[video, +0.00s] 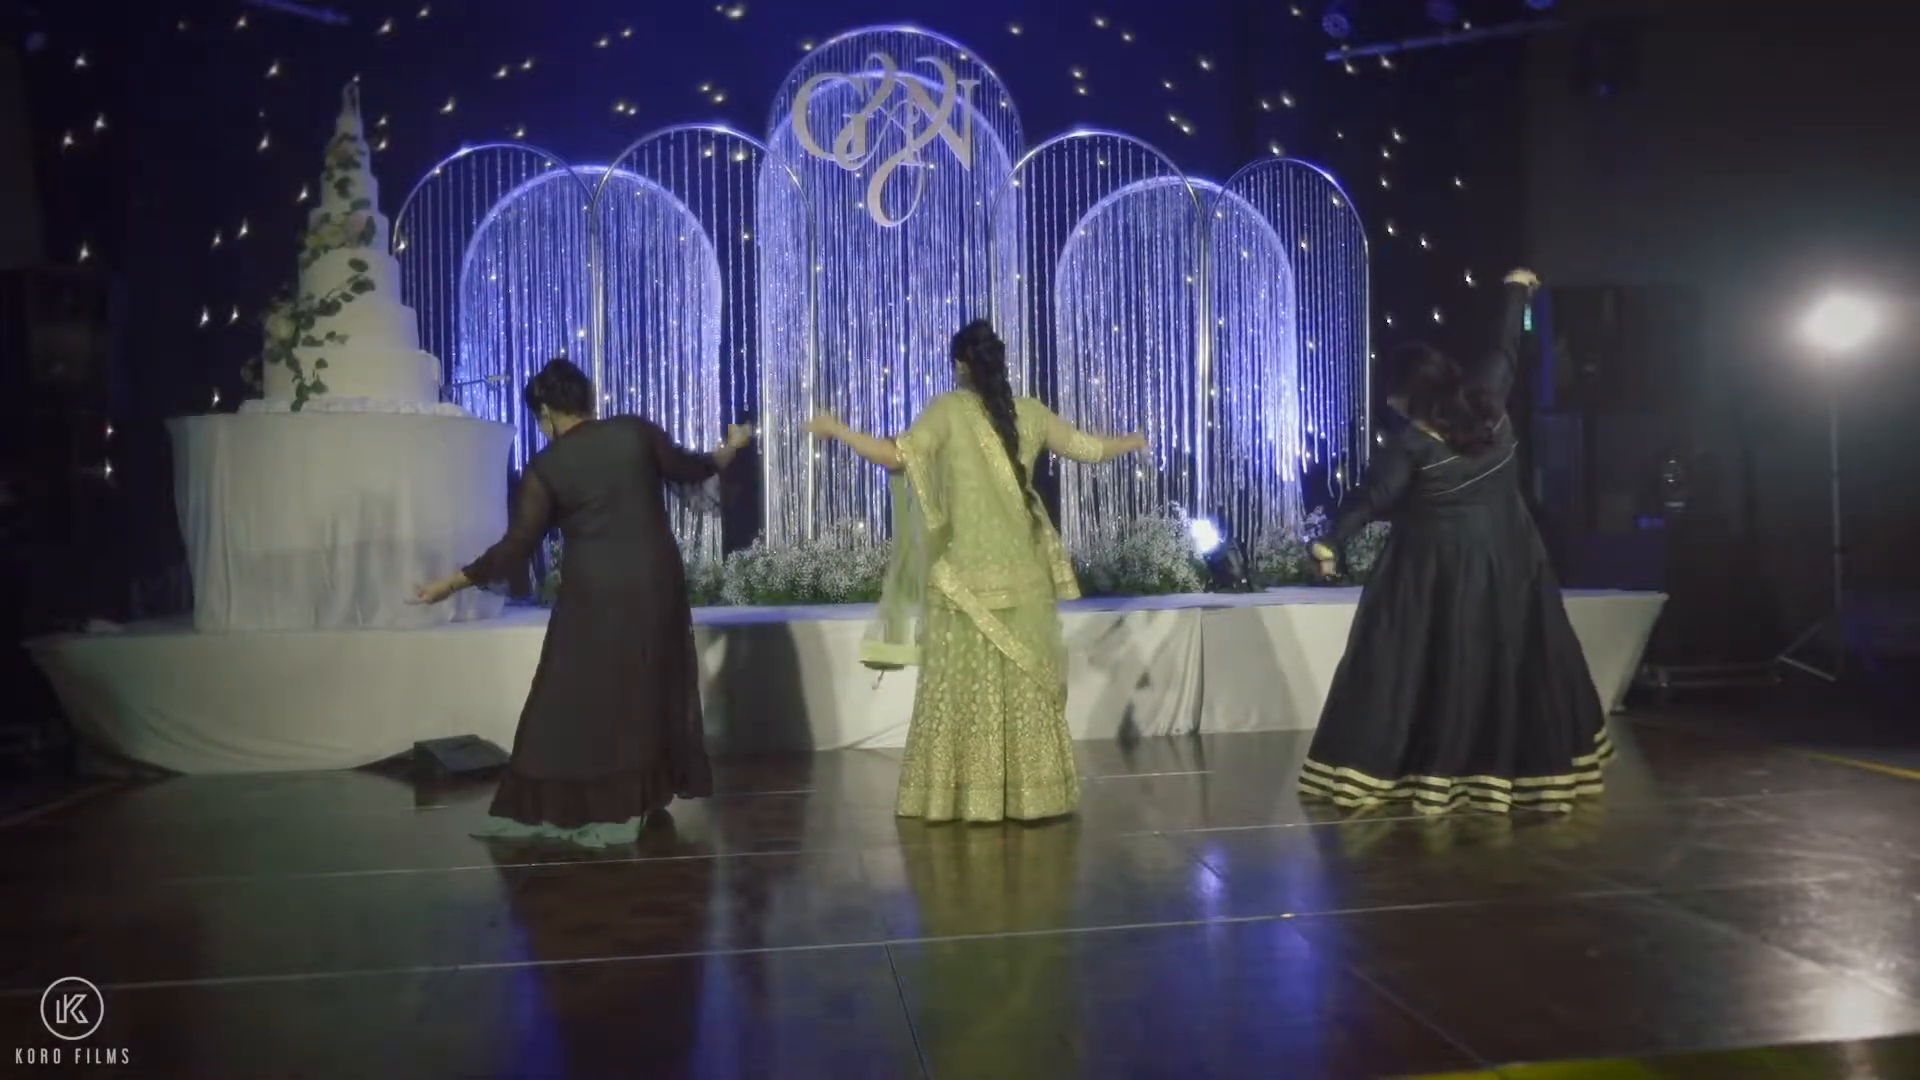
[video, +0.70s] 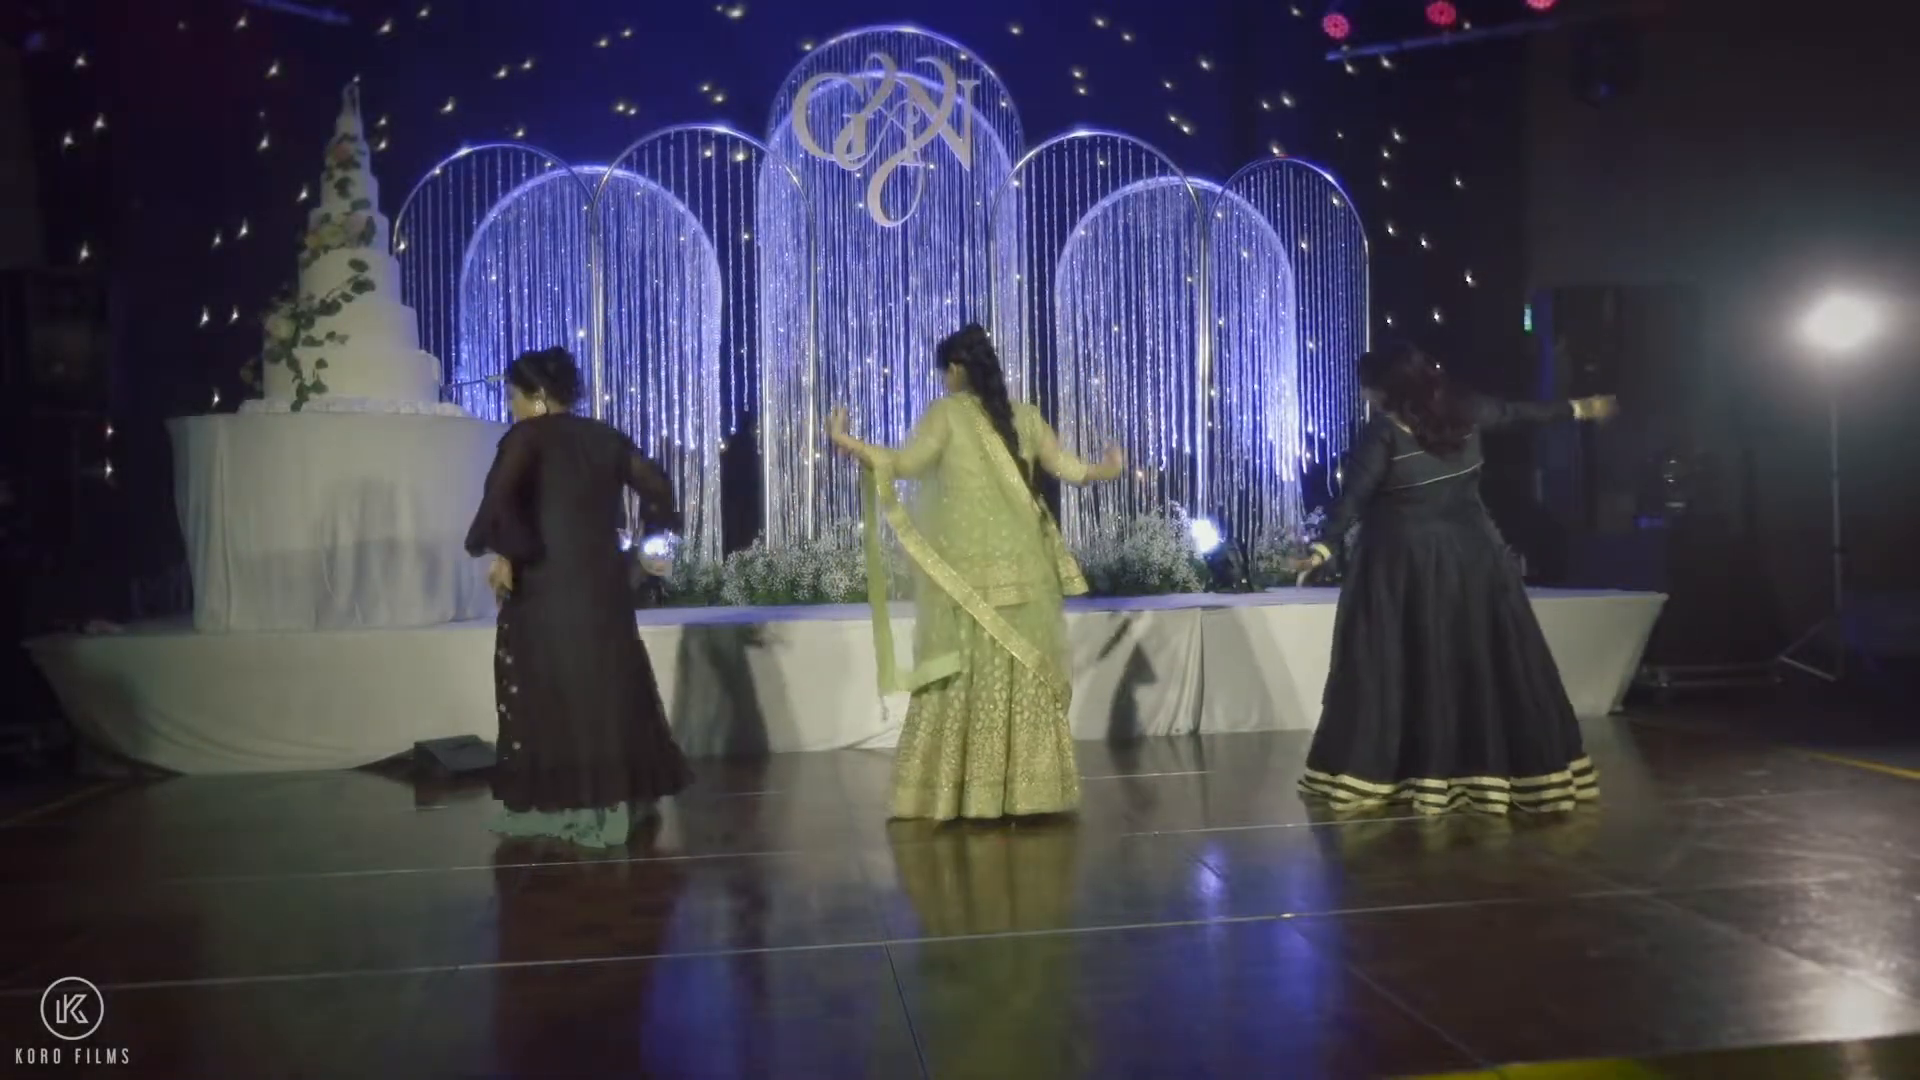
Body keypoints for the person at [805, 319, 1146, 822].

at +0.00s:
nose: (954, 368)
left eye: (954, 361)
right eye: (959, 360)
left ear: (960, 363)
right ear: (998, 360)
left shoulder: (946, 409)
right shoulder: (1028, 412)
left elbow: (895, 456)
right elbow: (1088, 448)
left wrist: (837, 431)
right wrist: (1128, 442)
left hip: (966, 576)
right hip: (1027, 574)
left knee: (966, 691)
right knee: (1030, 686)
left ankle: (969, 797)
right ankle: (1032, 795)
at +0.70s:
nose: (943, 378)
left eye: (945, 370)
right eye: (944, 370)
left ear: (959, 369)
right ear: (988, 367)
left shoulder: (946, 412)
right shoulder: (1024, 416)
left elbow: (908, 462)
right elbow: (1069, 468)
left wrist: (844, 442)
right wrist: (1110, 469)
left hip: (966, 573)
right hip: (1026, 572)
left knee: (968, 686)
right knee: (1029, 683)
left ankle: (970, 796)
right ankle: (1028, 795)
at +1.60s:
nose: (934, 375)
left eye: (943, 366)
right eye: (928, 368)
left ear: (966, 368)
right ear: (922, 372)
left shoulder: (992, 415)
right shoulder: (912, 419)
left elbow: (1036, 476)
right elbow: (870, 464)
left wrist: (992, 487)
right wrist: (881, 520)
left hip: (983, 563)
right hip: (925, 560)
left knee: (975, 671)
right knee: (916, 670)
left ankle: (974, 791)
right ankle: (916, 791)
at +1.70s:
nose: (946, 385)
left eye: (955, 376)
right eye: (938, 377)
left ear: (976, 378)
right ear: (930, 381)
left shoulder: (1001, 425)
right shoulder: (917, 427)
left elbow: (1037, 494)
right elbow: (871, 475)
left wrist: (1001, 502)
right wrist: (893, 537)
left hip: (991, 568)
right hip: (932, 567)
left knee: (987, 679)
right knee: (928, 680)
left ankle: (986, 796)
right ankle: (928, 796)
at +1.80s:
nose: (955, 385)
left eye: (964, 377)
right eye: (947, 378)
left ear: (982, 379)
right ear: (936, 381)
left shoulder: (1006, 428)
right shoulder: (920, 429)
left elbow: (1032, 497)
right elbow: (873, 479)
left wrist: (1003, 506)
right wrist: (895, 541)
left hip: (993, 566)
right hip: (934, 567)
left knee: (992, 681)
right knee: (932, 680)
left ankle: (993, 795)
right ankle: (929, 796)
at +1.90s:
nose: (961, 379)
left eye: (970, 370)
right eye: (953, 371)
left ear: (986, 372)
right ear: (941, 376)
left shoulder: (1010, 419)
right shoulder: (927, 422)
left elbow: (1033, 491)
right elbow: (873, 467)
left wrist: (991, 496)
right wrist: (889, 531)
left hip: (995, 564)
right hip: (935, 564)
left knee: (995, 676)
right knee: (934, 675)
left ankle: (993, 792)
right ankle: (935, 792)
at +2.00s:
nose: (970, 375)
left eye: (977, 366)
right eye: (960, 368)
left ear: (991, 369)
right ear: (947, 373)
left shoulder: (1015, 416)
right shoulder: (930, 418)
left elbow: (1036, 486)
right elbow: (872, 461)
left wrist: (989, 494)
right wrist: (885, 522)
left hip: (997, 563)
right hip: (936, 563)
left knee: (999, 674)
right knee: (932, 675)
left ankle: (998, 790)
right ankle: (939, 789)